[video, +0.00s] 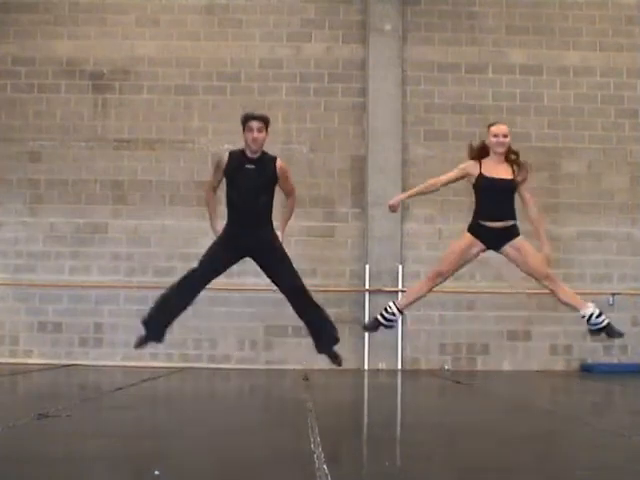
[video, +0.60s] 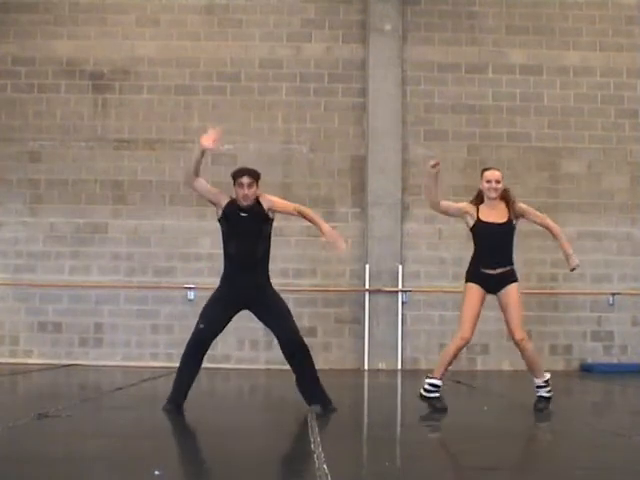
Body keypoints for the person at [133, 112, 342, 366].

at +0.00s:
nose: (255, 135)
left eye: (260, 131)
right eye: (251, 130)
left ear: (266, 136)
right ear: (243, 134)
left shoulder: (276, 167)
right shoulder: (226, 160)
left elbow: (291, 196)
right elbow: (211, 191)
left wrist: (281, 230)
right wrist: (215, 227)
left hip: (264, 240)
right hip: (233, 238)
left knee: (295, 289)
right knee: (196, 279)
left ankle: (327, 343)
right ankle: (153, 329)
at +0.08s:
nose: (258, 150)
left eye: (262, 145)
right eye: (253, 145)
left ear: (269, 150)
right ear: (245, 149)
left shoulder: (277, 181)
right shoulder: (230, 174)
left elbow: (295, 202)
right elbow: (213, 194)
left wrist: (281, 230)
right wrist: (217, 228)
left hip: (263, 253)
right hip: (233, 251)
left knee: (286, 309)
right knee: (204, 303)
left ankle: (305, 368)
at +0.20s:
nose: (259, 186)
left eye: (264, 181)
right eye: (254, 181)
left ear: (271, 186)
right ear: (246, 185)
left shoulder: (279, 222)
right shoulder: (229, 215)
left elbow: (283, 252)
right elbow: (214, 245)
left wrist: (282, 271)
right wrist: (206, 277)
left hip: (263, 291)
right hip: (233, 289)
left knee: (279, 343)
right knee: (215, 341)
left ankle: (281, 397)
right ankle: (209, 396)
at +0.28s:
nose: (258, 201)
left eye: (263, 196)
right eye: (253, 196)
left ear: (270, 201)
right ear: (246, 200)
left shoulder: (278, 233)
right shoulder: (231, 229)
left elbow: (281, 278)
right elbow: (214, 268)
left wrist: (277, 276)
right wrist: (200, 301)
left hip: (264, 302)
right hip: (233, 301)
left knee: (289, 351)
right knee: (210, 348)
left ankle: (280, 398)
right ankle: (210, 399)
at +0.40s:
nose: (256, 198)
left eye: (260, 192)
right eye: (251, 193)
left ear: (268, 195)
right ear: (244, 195)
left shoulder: (273, 217)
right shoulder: (233, 216)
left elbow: (286, 241)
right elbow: (216, 225)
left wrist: (287, 228)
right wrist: (209, 230)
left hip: (264, 294)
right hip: (233, 293)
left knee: (286, 345)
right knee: (208, 342)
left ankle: (284, 396)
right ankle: (205, 394)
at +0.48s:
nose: (253, 193)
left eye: (257, 188)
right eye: (248, 188)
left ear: (265, 190)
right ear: (241, 190)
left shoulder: (270, 206)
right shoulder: (230, 207)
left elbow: (287, 207)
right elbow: (212, 194)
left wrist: (294, 210)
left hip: (264, 288)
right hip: (231, 288)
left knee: (291, 336)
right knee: (203, 339)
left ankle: (293, 391)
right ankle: (195, 394)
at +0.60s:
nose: (246, 191)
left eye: (250, 187)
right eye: (241, 186)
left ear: (257, 188)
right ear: (234, 188)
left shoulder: (267, 204)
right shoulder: (224, 204)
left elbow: (301, 211)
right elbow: (193, 180)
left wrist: (326, 229)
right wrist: (201, 152)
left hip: (261, 292)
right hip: (229, 292)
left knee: (292, 341)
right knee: (199, 340)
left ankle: (317, 398)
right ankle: (176, 399)